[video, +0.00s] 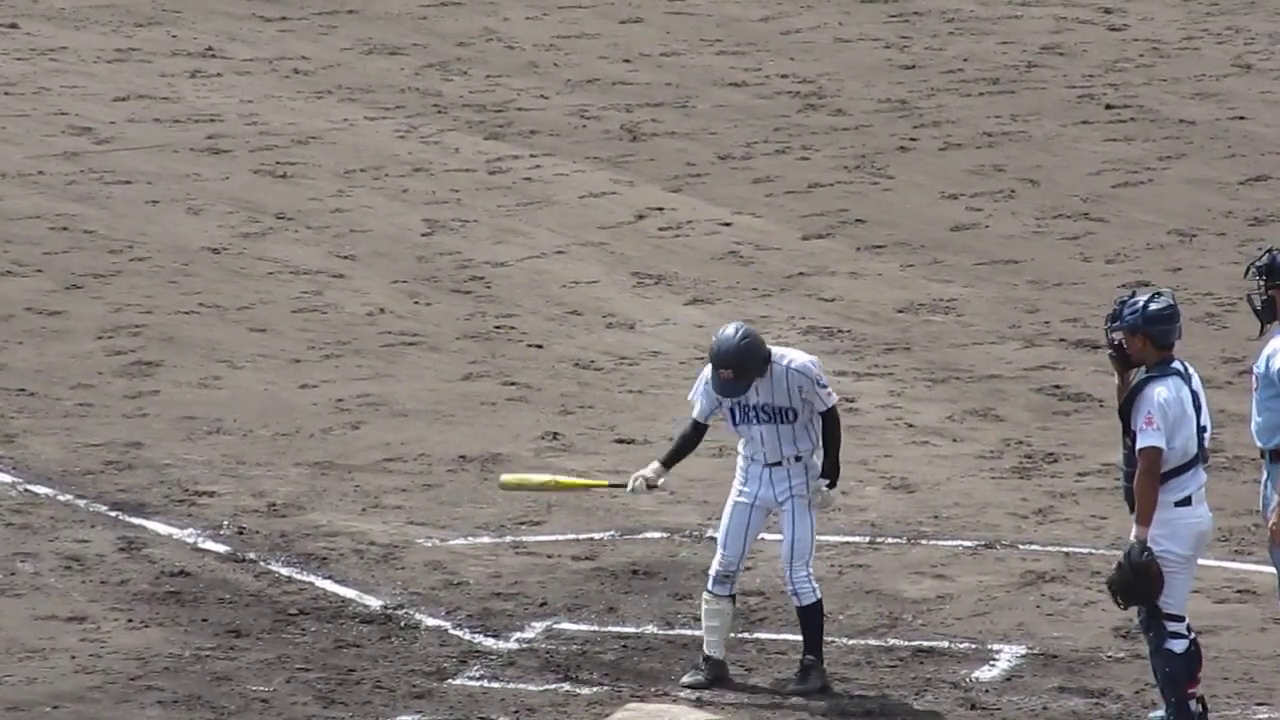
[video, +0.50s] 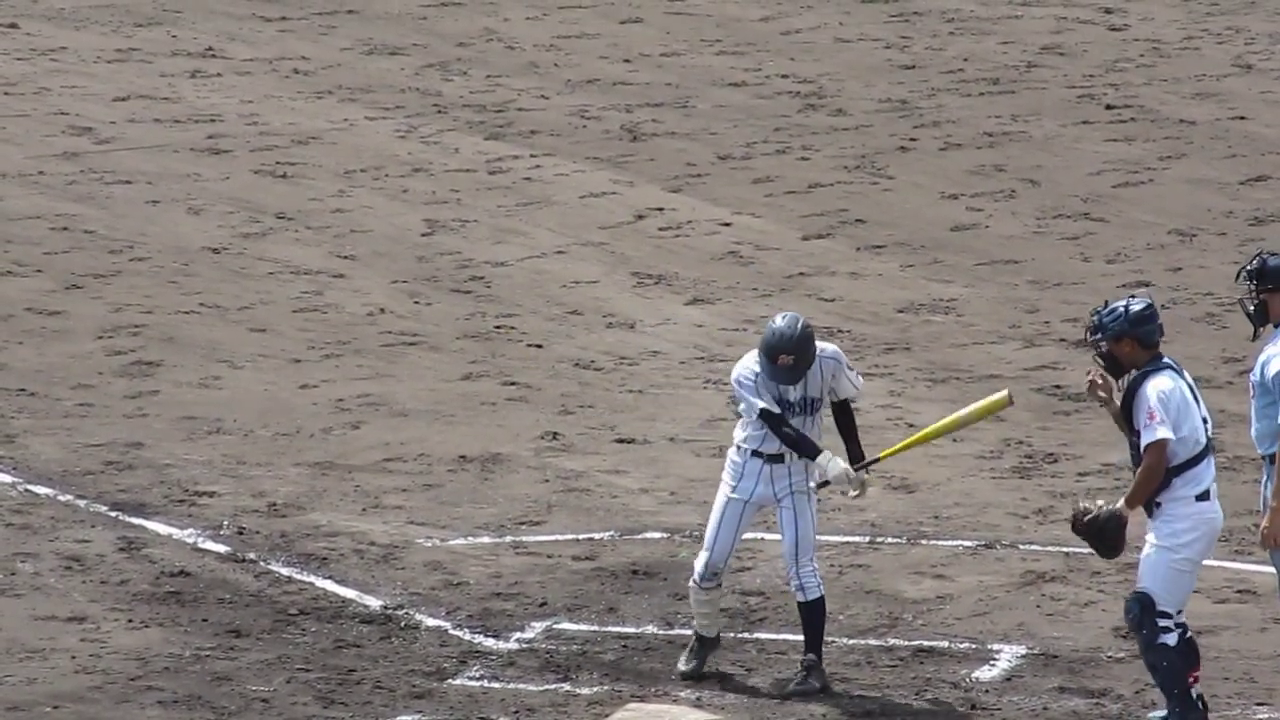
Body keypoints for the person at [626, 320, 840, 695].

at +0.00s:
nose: (727, 385)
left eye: (734, 379)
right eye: (722, 377)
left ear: (755, 366)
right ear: (717, 363)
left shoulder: (800, 370)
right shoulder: (717, 376)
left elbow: (829, 414)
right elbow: (696, 428)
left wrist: (829, 476)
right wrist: (659, 466)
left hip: (797, 474)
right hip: (750, 475)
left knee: (798, 573)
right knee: (724, 566)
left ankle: (813, 666)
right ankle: (712, 661)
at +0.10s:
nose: (750, 385)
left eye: (758, 378)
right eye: (745, 376)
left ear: (779, 364)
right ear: (737, 361)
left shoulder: (814, 371)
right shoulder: (728, 373)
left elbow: (839, 415)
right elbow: (723, 431)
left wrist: (843, 475)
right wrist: (708, 483)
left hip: (800, 476)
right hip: (750, 474)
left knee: (800, 572)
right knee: (725, 565)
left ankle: (811, 667)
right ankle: (712, 661)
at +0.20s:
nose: (766, 377)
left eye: (774, 372)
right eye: (761, 369)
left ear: (794, 361)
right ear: (754, 357)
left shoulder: (826, 370)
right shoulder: (739, 371)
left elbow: (847, 416)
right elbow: (742, 436)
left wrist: (856, 474)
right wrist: (743, 488)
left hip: (800, 474)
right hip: (751, 472)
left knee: (802, 571)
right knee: (723, 566)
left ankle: (813, 665)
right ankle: (715, 659)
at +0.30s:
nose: (779, 369)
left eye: (787, 364)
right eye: (774, 362)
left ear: (805, 356)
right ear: (764, 352)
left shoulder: (831, 367)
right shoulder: (746, 370)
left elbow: (848, 414)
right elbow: (754, 431)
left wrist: (861, 472)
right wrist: (767, 487)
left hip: (798, 470)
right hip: (748, 468)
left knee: (801, 567)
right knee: (717, 561)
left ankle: (813, 665)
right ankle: (719, 642)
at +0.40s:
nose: (783, 367)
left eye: (791, 361)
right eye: (778, 360)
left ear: (808, 354)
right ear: (769, 352)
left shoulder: (833, 364)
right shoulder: (750, 371)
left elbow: (847, 411)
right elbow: (768, 432)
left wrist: (861, 467)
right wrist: (798, 476)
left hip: (802, 472)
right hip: (750, 468)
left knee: (803, 570)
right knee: (712, 565)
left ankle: (813, 664)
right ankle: (714, 631)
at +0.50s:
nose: (783, 370)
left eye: (791, 365)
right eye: (777, 363)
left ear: (808, 354)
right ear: (767, 353)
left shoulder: (829, 361)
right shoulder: (748, 372)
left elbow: (842, 409)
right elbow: (779, 426)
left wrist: (856, 464)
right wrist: (826, 460)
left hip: (796, 473)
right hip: (745, 468)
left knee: (801, 569)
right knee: (708, 567)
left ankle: (813, 665)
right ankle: (704, 639)